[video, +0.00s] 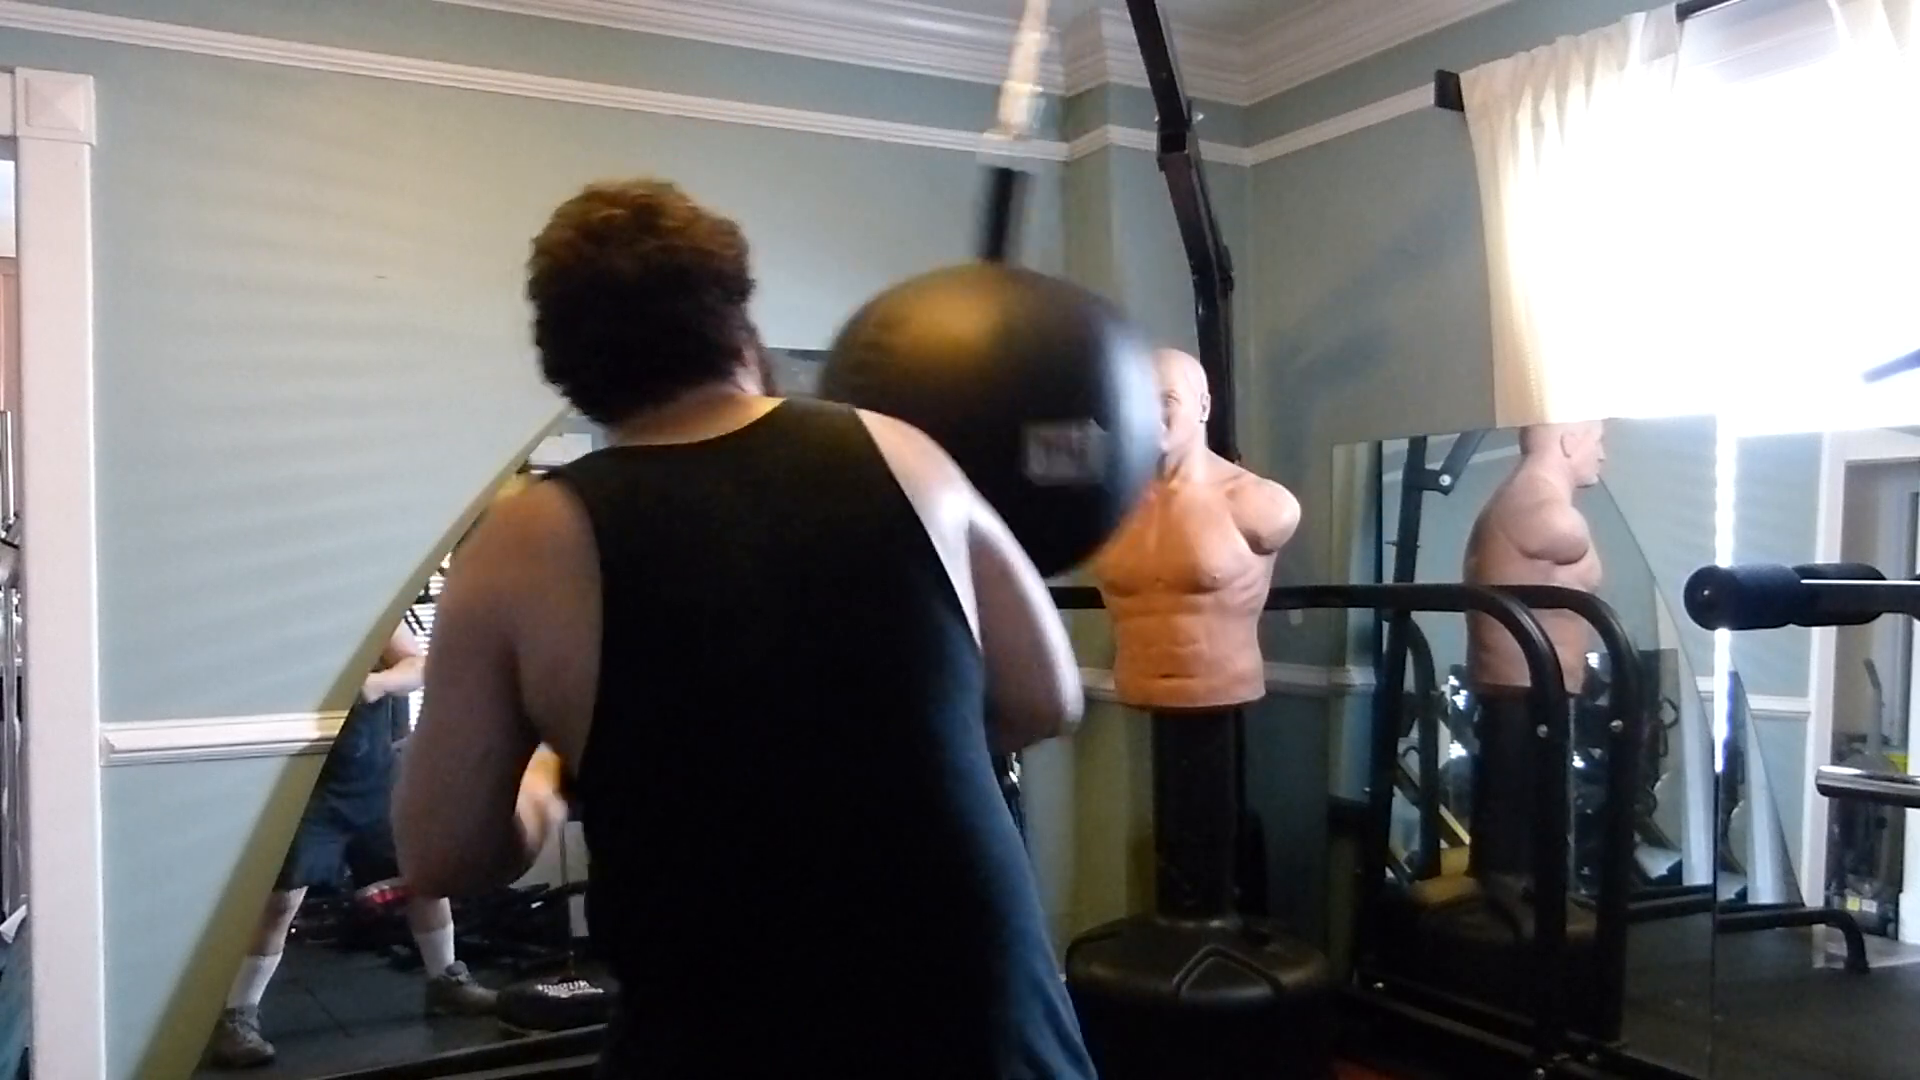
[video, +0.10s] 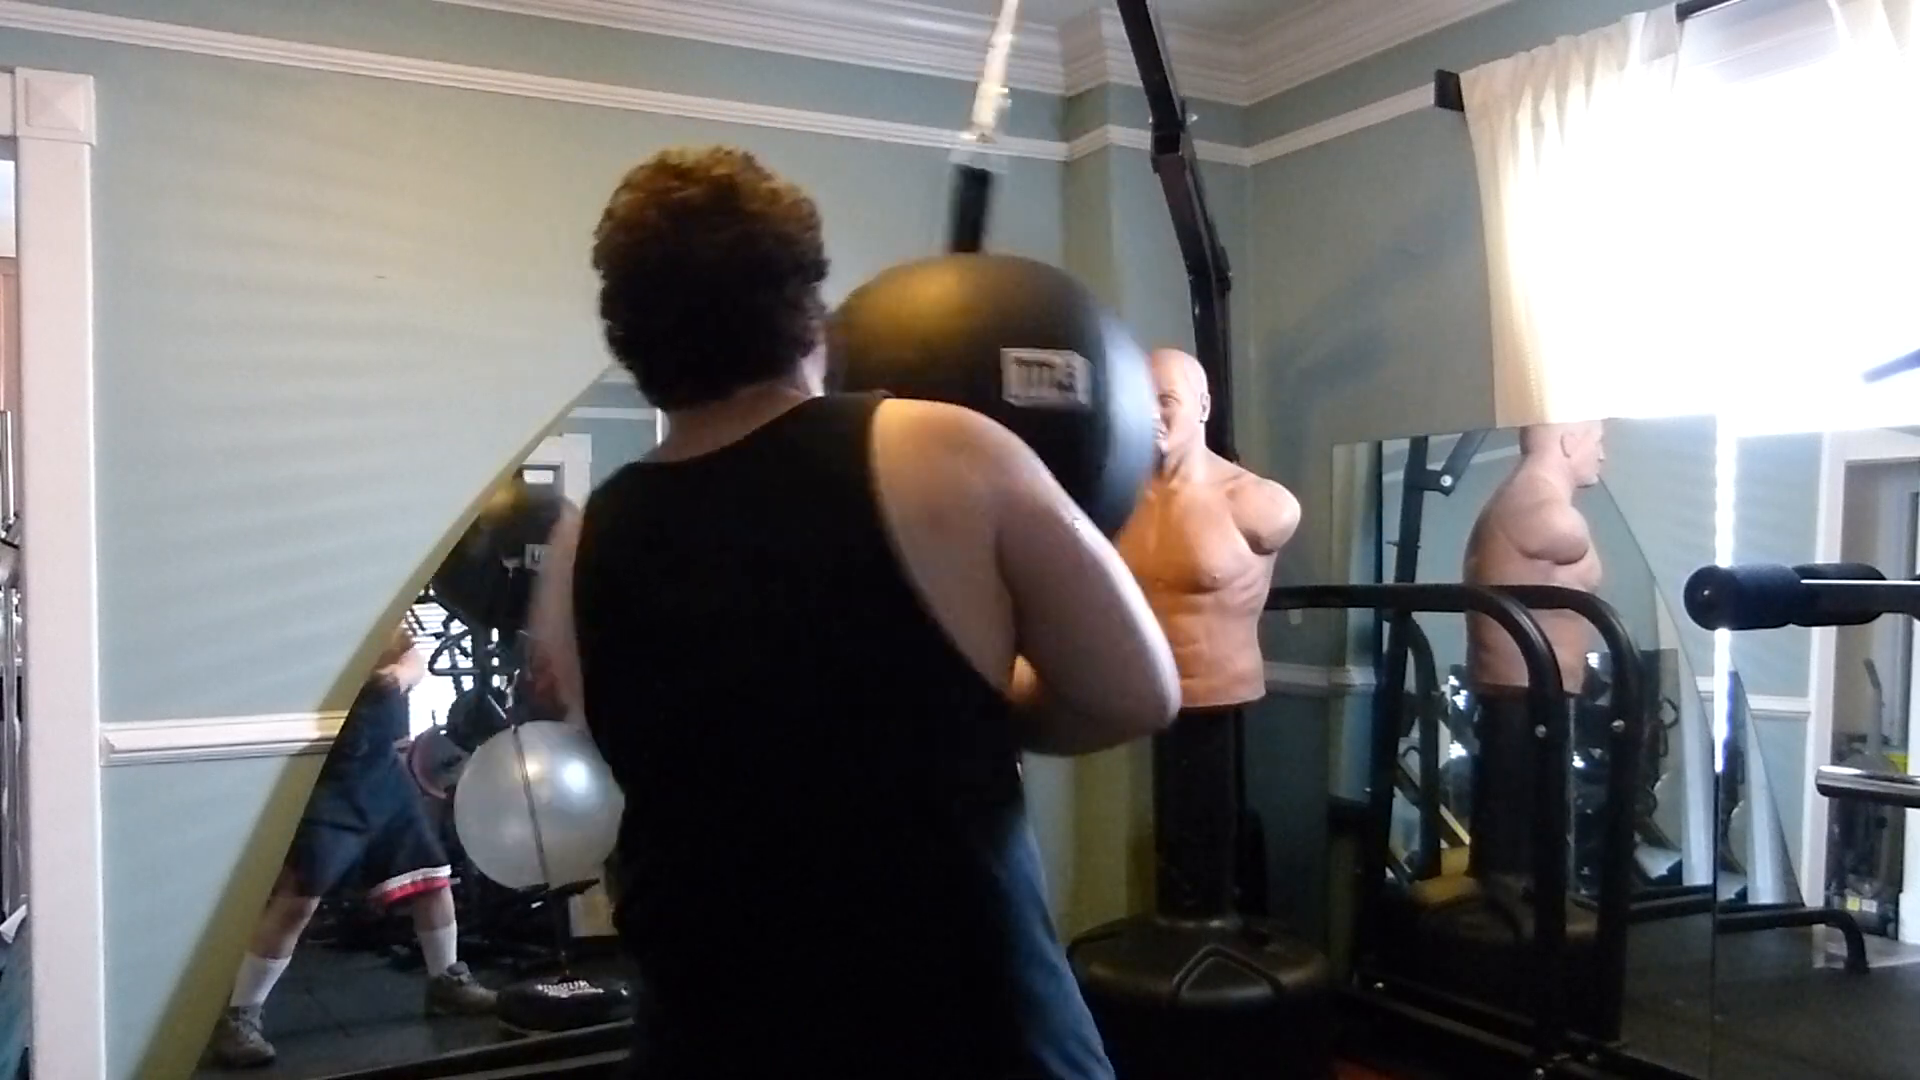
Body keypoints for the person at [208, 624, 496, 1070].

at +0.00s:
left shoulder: (369, 612)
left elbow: (419, 664)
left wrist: (380, 681)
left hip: (382, 783)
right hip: (310, 792)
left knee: (425, 870)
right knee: (281, 898)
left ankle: (447, 979)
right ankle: (240, 1015)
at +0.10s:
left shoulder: (377, 598)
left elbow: (416, 654)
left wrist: (397, 674)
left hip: (385, 768)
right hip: (325, 777)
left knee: (433, 876)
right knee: (298, 894)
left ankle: (447, 980)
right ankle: (242, 1016)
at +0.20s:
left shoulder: (385, 602)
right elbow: (401, 642)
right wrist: (464, 588)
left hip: (392, 776)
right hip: (340, 777)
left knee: (435, 872)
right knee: (326, 898)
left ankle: (447, 981)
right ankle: (245, 1015)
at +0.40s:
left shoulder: (386, 588)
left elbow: (400, 655)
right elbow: (397, 654)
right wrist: (411, 589)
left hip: (385, 775)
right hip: (337, 779)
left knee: (427, 876)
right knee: (311, 907)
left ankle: (445, 982)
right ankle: (241, 1016)